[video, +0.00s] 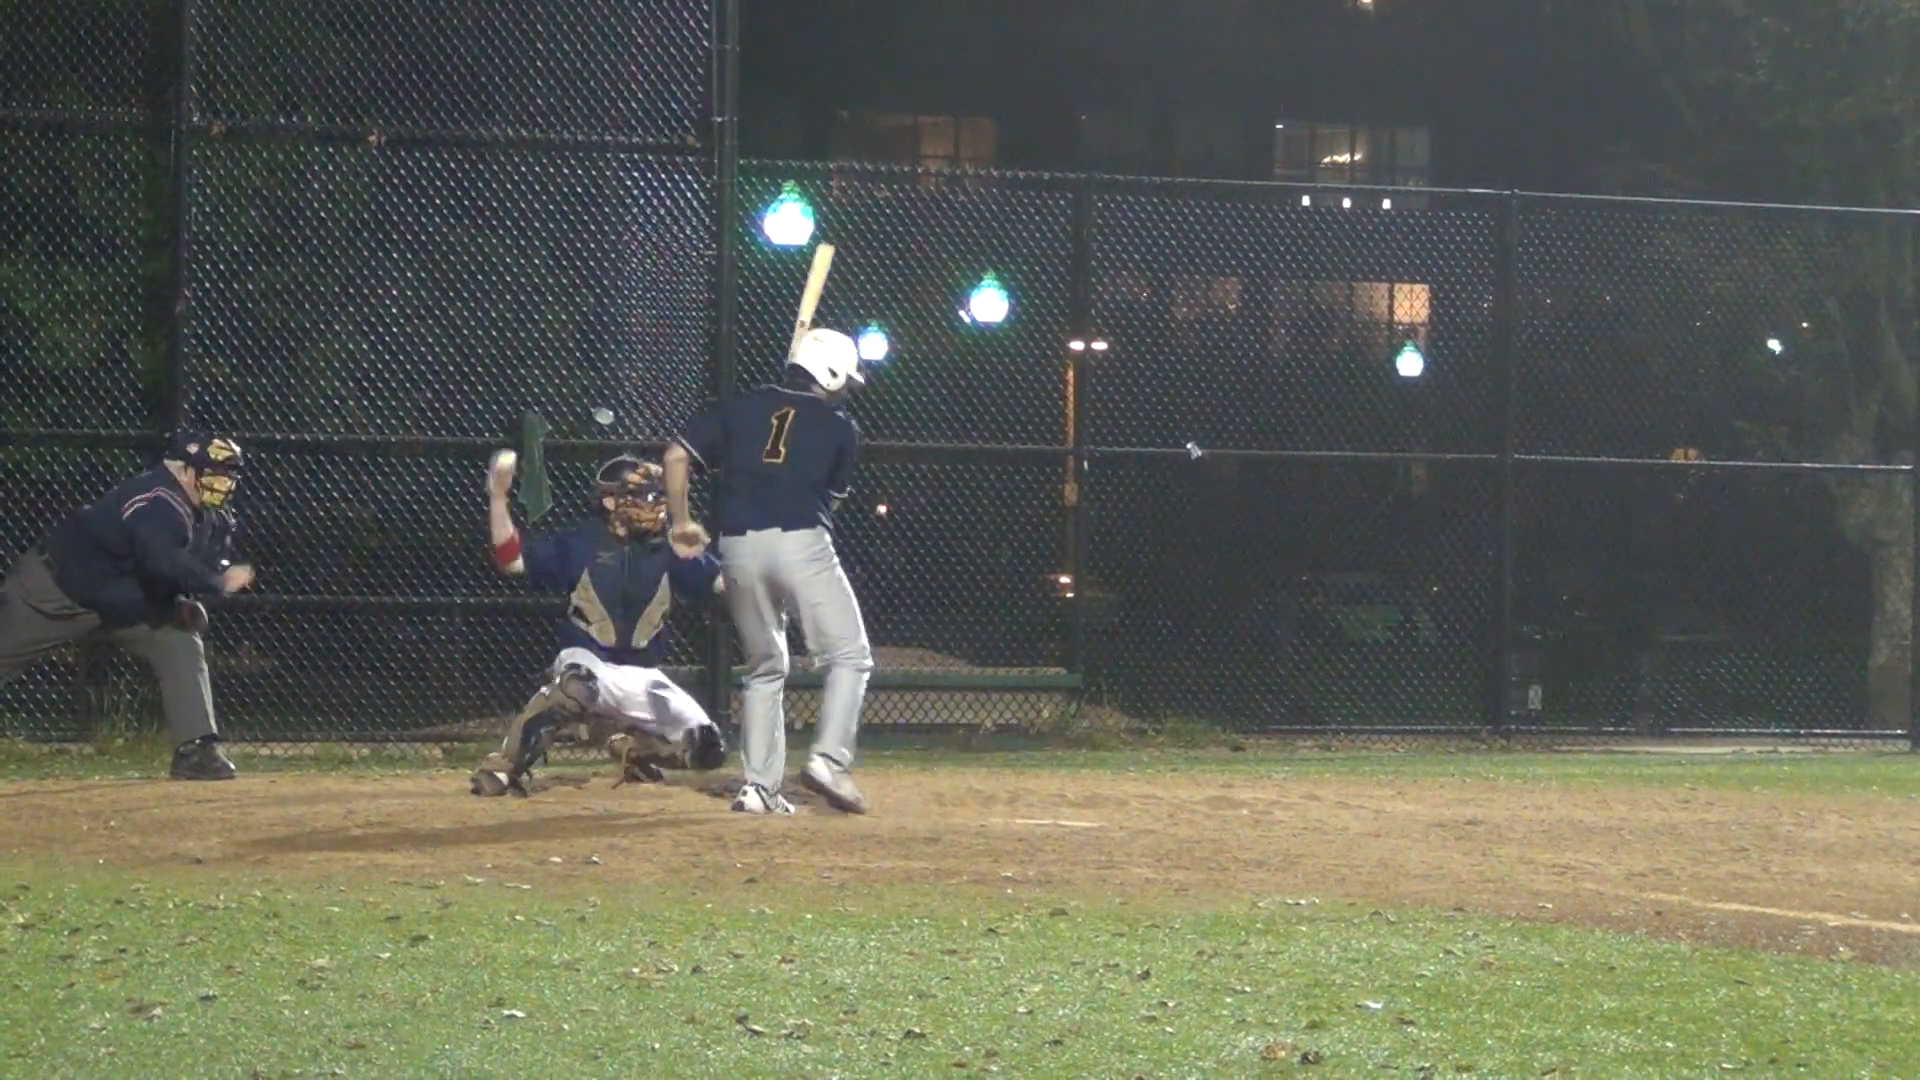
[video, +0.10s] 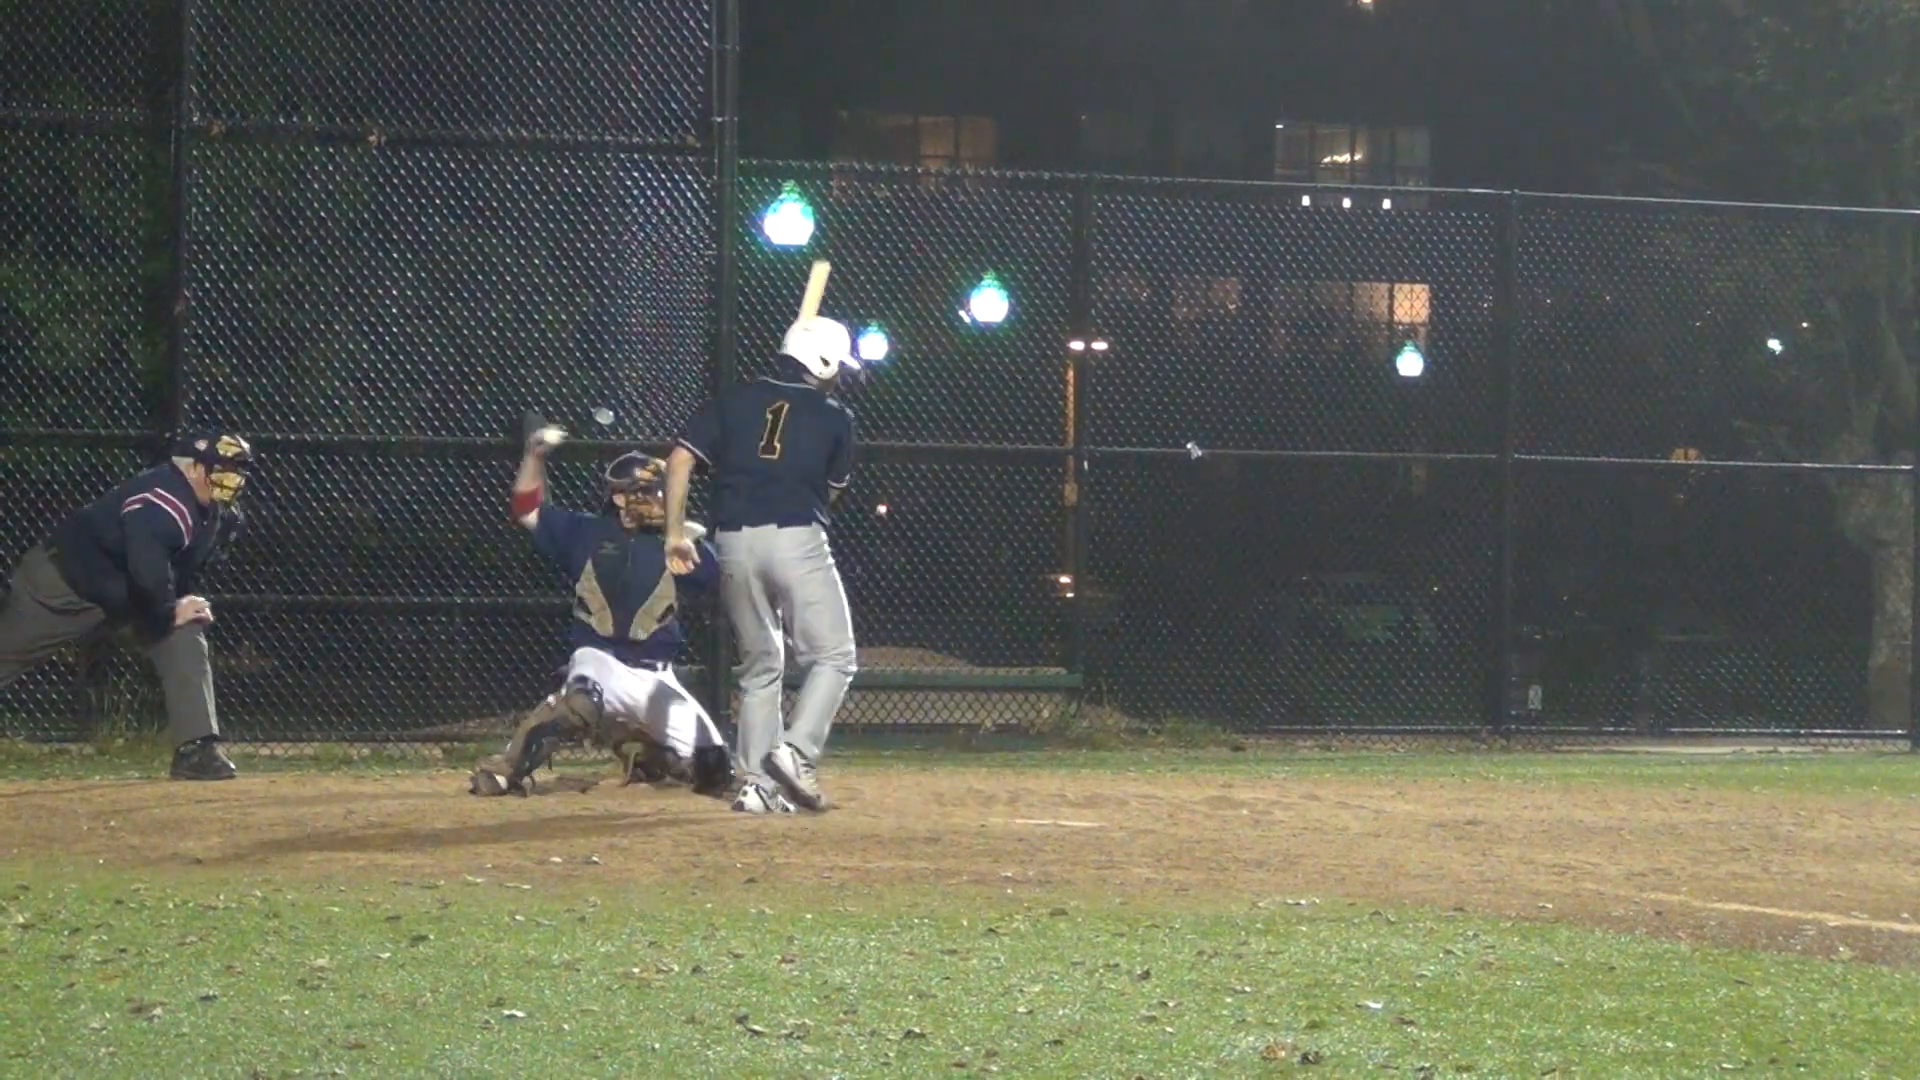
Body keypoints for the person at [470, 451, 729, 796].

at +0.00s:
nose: (652, 505)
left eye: (655, 497)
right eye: (640, 497)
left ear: (664, 500)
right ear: (610, 501)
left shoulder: (668, 552)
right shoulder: (582, 543)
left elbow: (725, 589)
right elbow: (511, 560)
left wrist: (698, 556)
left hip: (642, 672)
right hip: (586, 660)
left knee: (708, 748)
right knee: (577, 686)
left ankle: (636, 751)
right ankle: (506, 765)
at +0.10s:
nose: (644, 497)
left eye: (651, 490)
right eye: (635, 489)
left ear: (662, 496)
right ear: (616, 497)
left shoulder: (674, 543)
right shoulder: (584, 532)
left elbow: (712, 581)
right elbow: (526, 510)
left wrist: (692, 540)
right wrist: (534, 456)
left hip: (655, 674)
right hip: (598, 658)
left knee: (716, 771)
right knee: (581, 703)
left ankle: (646, 758)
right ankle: (507, 769)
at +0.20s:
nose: (656, 495)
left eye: (664, 486)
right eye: (645, 487)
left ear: (680, 492)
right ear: (630, 494)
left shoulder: (698, 541)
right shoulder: (606, 534)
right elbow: (543, 505)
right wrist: (593, 463)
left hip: (673, 677)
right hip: (620, 660)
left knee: (719, 777)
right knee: (594, 725)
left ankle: (642, 761)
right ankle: (507, 774)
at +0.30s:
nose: (685, 492)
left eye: (688, 484)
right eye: (674, 485)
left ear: (699, 490)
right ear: (656, 494)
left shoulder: (711, 541)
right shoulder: (647, 522)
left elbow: (727, 622)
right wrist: (559, 464)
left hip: (685, 674)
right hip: (644, 655)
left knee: (725, 774)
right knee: (612, 744)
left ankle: (634, 765)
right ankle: (515, 774)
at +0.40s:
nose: (694, 486)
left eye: (695, 478)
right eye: (685, 479)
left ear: (701, 482)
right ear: (670, 487)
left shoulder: (713, 527)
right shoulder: (660, 515)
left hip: (691, 666)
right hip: (652, 651)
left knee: (724, 771)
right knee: (647, 761)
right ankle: (543, 770)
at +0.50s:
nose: (698, 482)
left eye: (699, 475)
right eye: (689, 476)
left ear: (710, 483)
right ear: (675, 488)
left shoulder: (720, 532)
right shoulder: (672, 521)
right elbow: (655, 569)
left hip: (697, 666)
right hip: (657, 654)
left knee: (725, 764)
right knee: (651, 764)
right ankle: (547, 768)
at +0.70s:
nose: (710, 480)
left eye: (711, 472)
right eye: (701, 472)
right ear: (684, 485)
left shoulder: (731, 526)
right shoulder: (683, 517)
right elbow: (668, 572)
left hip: (717, 666)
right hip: (668, 651)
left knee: (707, 771)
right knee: (654, 771)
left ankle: (620, 740)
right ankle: (543, 761)